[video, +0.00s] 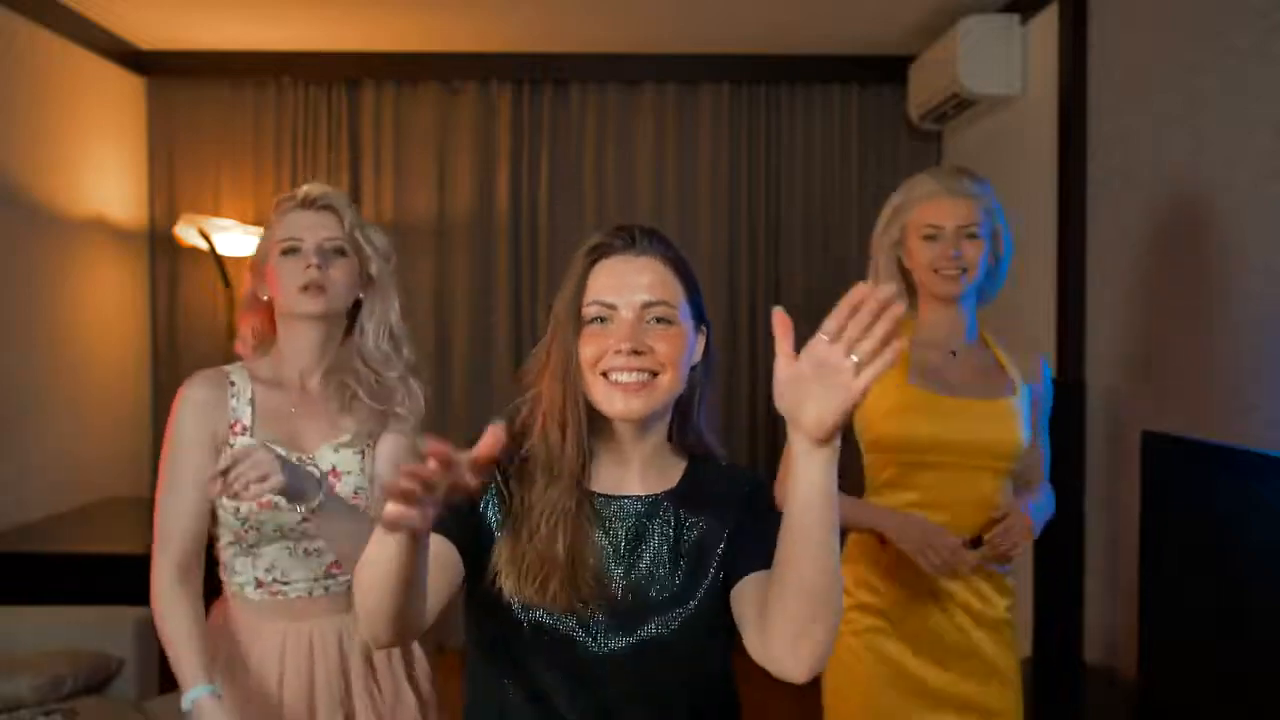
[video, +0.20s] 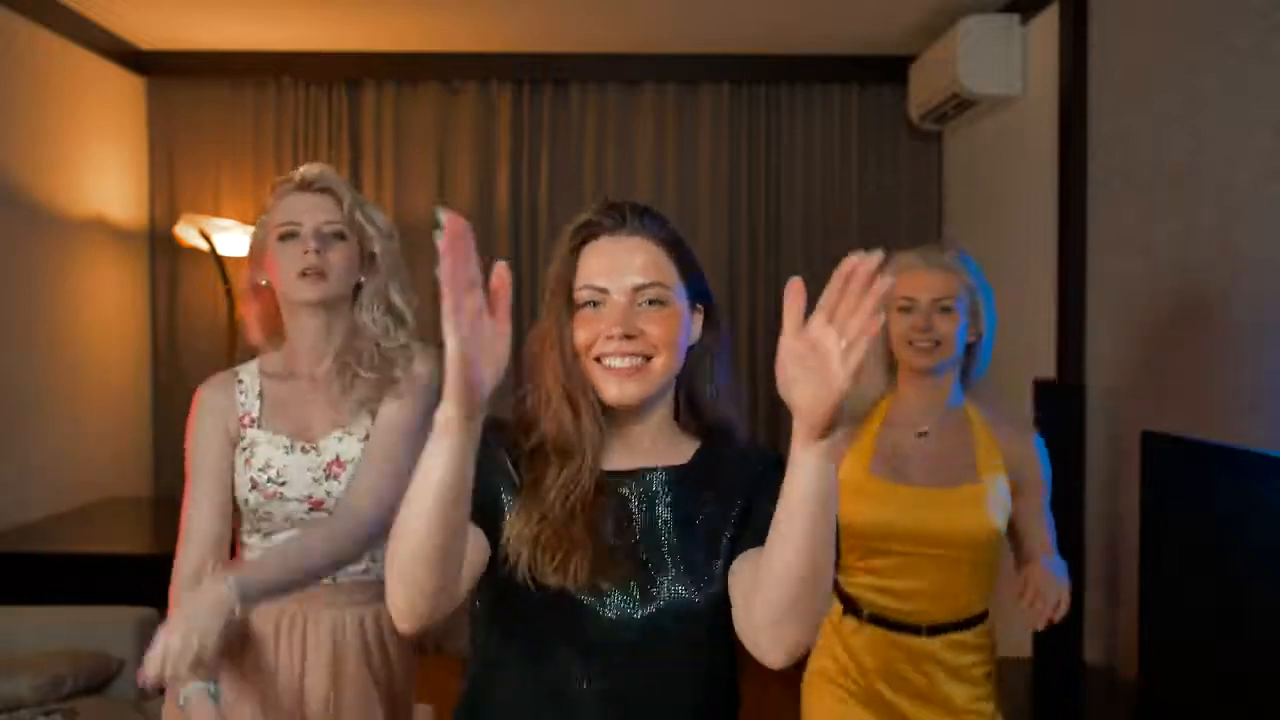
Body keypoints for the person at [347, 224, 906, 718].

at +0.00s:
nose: (628, 339)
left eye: (658, 317)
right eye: (600, 317)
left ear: (698, 347)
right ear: (566, 343)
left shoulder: (729, 503)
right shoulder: (500, 489)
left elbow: (794, 655)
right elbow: (383, 628)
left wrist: (812, 445)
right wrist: (400, 525)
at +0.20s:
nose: (620, 327)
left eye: (651, 300)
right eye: (593, 302)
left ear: (695, 324)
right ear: (562, 328)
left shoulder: (740, 476)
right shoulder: (510, 461)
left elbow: (778, 641)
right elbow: (413, 609)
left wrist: (814, 443)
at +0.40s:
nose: (602, 381)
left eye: (635, 356)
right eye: (576, 351)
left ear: (671, 380)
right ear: (541, 370)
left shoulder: (725, 504)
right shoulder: (485, 521)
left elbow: (744, 673)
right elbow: (445, 709)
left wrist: (755, 697)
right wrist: (515, 546)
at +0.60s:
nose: (603, 330)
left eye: (636, 304)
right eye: (574, 300)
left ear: (671, 331)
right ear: (534, 320)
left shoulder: (712, 459)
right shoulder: (463, 461)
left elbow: (773, 687)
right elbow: (410, 667)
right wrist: (391, 609)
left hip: (675, 707)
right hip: (513, 708)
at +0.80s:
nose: (607, 400)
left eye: (639, 371)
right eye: (575, 375)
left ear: (689, 384)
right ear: (541, 395)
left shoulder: (748, 569)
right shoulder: (473, 561)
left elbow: (769, 713)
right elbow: (399, 712)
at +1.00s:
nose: (573, 361)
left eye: (608, 330)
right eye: (548, 340)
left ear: (681, 350)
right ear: (529, 369)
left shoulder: (771, 501)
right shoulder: (486, 519)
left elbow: (864, 617)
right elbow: (423, 654)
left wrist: (891, 712)